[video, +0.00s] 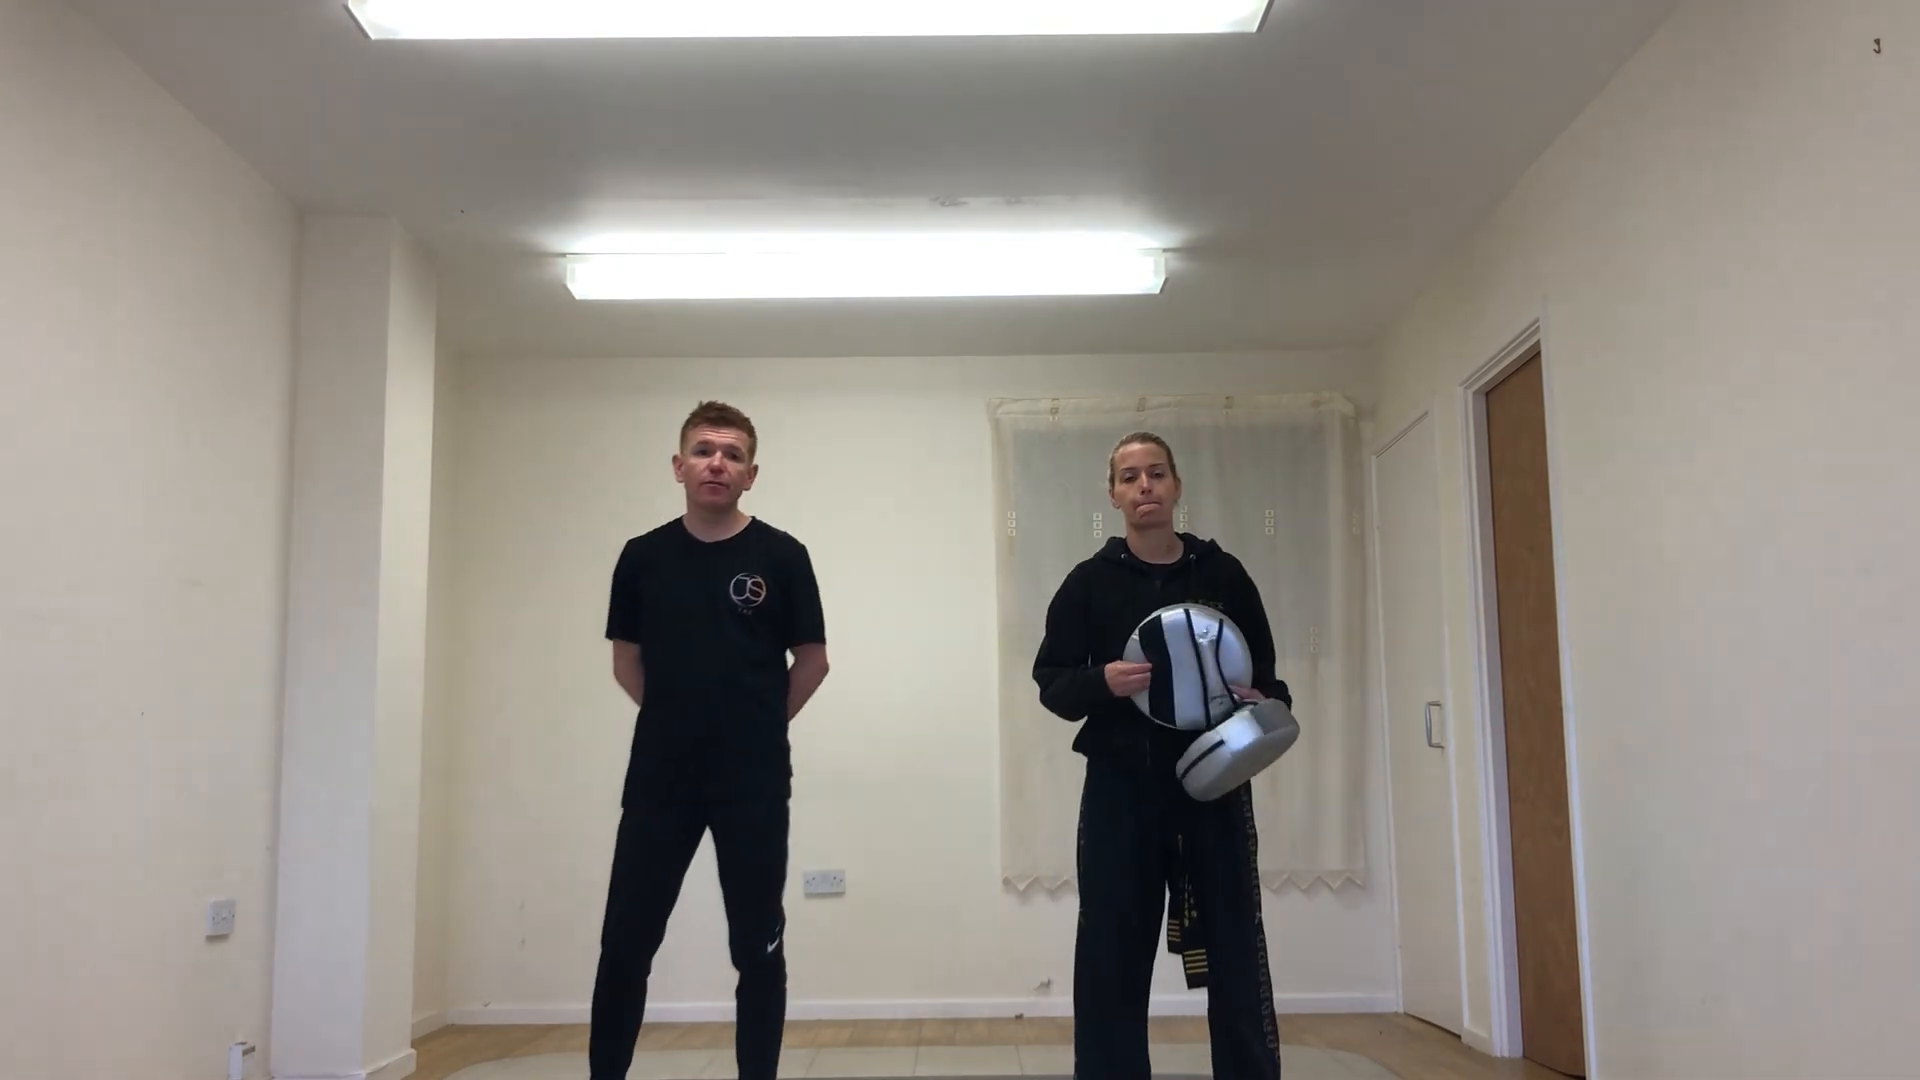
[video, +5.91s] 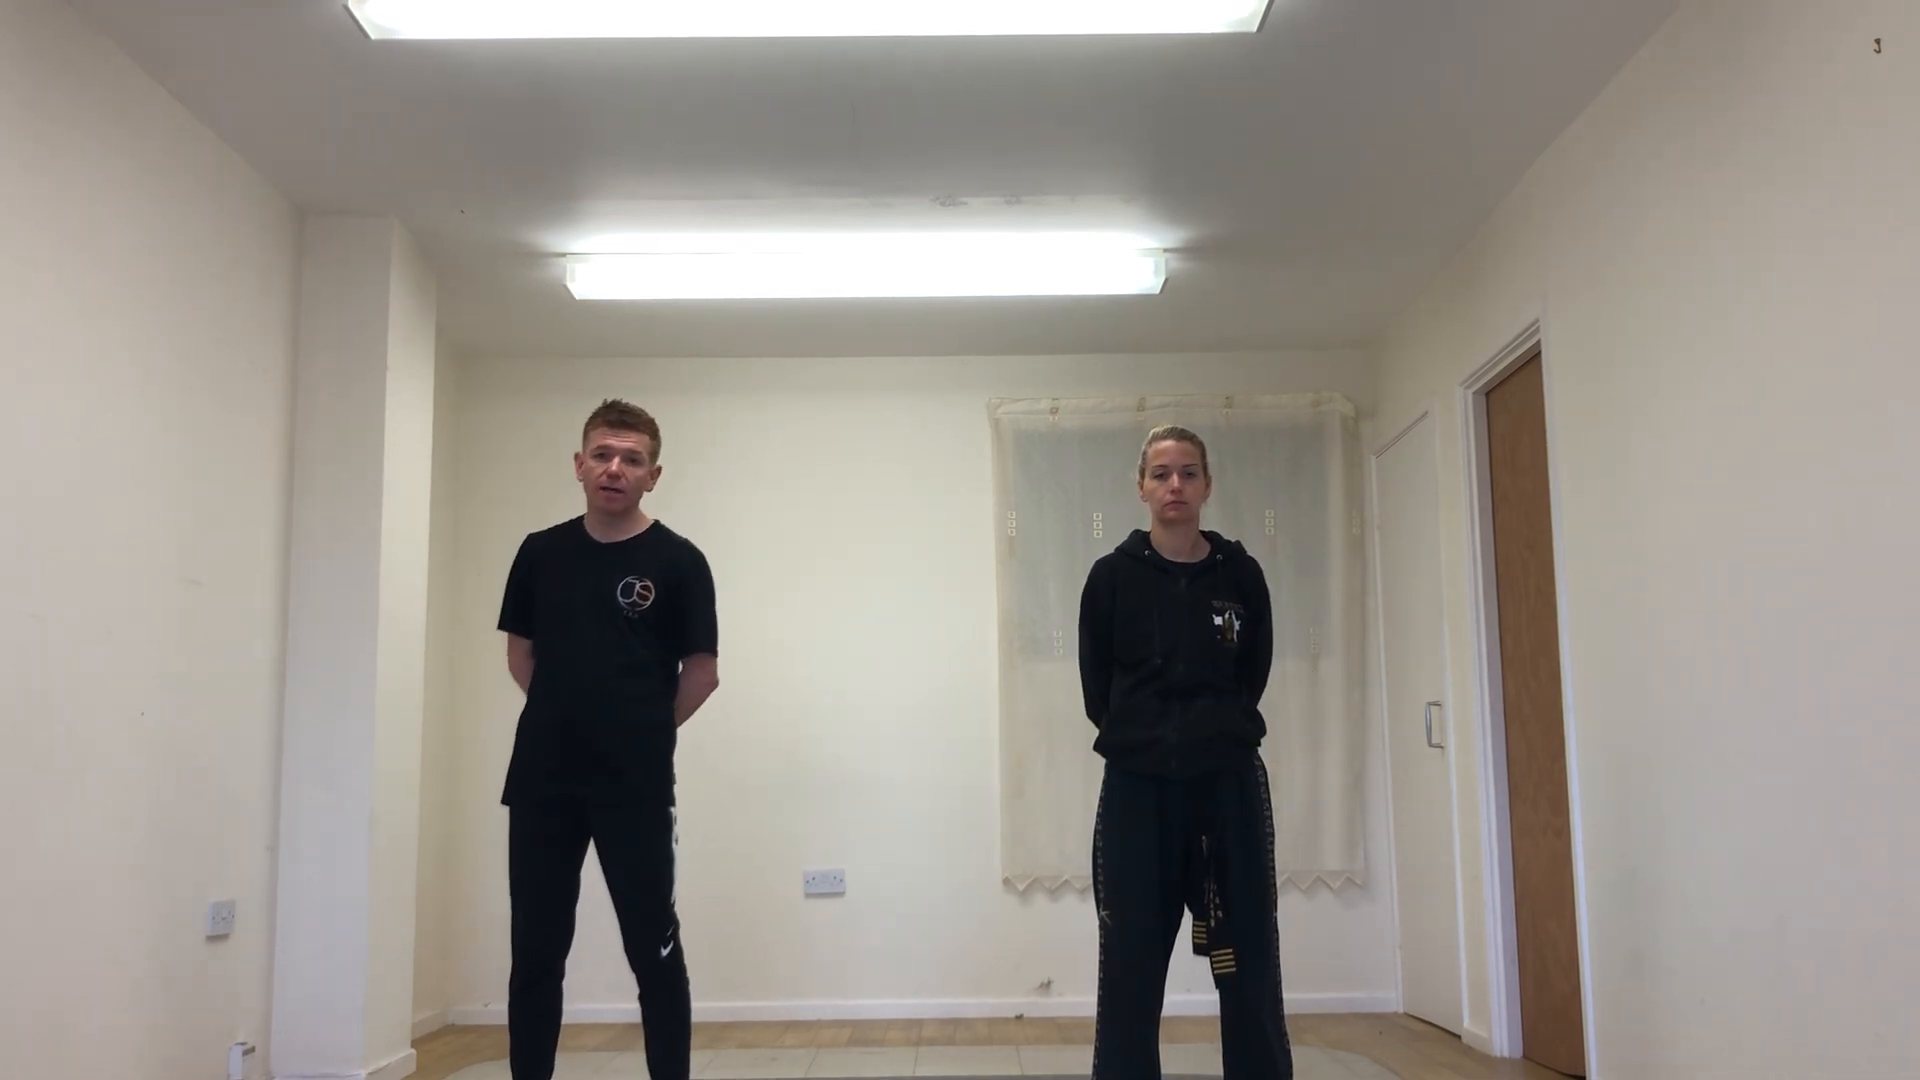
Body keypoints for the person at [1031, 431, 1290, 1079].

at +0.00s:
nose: (1145, 485)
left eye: (1156, 473)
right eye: (1130, 477)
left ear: (1177, 487)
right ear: (1113, 495)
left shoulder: (1222, 572)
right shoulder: (1088, 582)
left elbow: (1265, 675)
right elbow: (1053, 686)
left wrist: (1259, 698)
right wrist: (1100, 680)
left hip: (1215, 786)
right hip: (1123, 789)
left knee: (1236, 953)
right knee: (1112, 959)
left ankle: (1250, 1075)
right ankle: (1111, 1077)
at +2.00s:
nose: (1171, 485)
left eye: (1182, 473)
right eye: (1156, 476)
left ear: (1202, 485)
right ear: (1139, 493)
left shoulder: (1239, 570)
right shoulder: (1110, 575)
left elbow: (1274, 672)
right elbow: (1077, 668)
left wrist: (1291, 670)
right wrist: (1164, 689)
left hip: (1234, 781)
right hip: (1141, 782)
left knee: (1250, 958)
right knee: (1134, 964)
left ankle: (1259, 1076)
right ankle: (1128, 1078)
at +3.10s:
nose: (1164, 487)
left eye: (1176, 475)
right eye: (1150, 479)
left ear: (1198, 485)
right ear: (1134, 495)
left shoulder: (1241, 574)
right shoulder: (1108, 578)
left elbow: (1305, 658)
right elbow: (1062, 669)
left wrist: (1288, 690)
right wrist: (1082, 723)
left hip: (1232, 794)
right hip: (1137, 798)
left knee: (1249, 973)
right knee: (1130, 977)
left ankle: (1258, 1077)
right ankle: (1125, 1078)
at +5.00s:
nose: (1175, 488)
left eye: (1188, 476)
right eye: (1161, 477)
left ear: (1206, 486)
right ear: (1143, 488)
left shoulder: (1239, 570)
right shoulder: (1110, 574)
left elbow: (1255, 668)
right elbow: (1094, 681)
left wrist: (1216, 730)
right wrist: (1137, 740)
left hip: (1229, 780)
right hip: (1138, 782)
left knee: (1249, 961)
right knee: (1130, 966)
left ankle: (1261, 1077)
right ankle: (1124, 1079)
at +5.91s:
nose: (1175, 484)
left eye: (1188, 472)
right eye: (1161, 474)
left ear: (1207, 484)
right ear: (1142, 487)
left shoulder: (1240, 570)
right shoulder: (1111, 574)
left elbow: (1256, 669)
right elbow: (1095, 680)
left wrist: (1217, 731)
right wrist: (1137, 740)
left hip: (1230, 780)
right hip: (1138, 782)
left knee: (1249, 962)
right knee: (1130, 966)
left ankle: (1260, 1076)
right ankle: (1124, 1077)